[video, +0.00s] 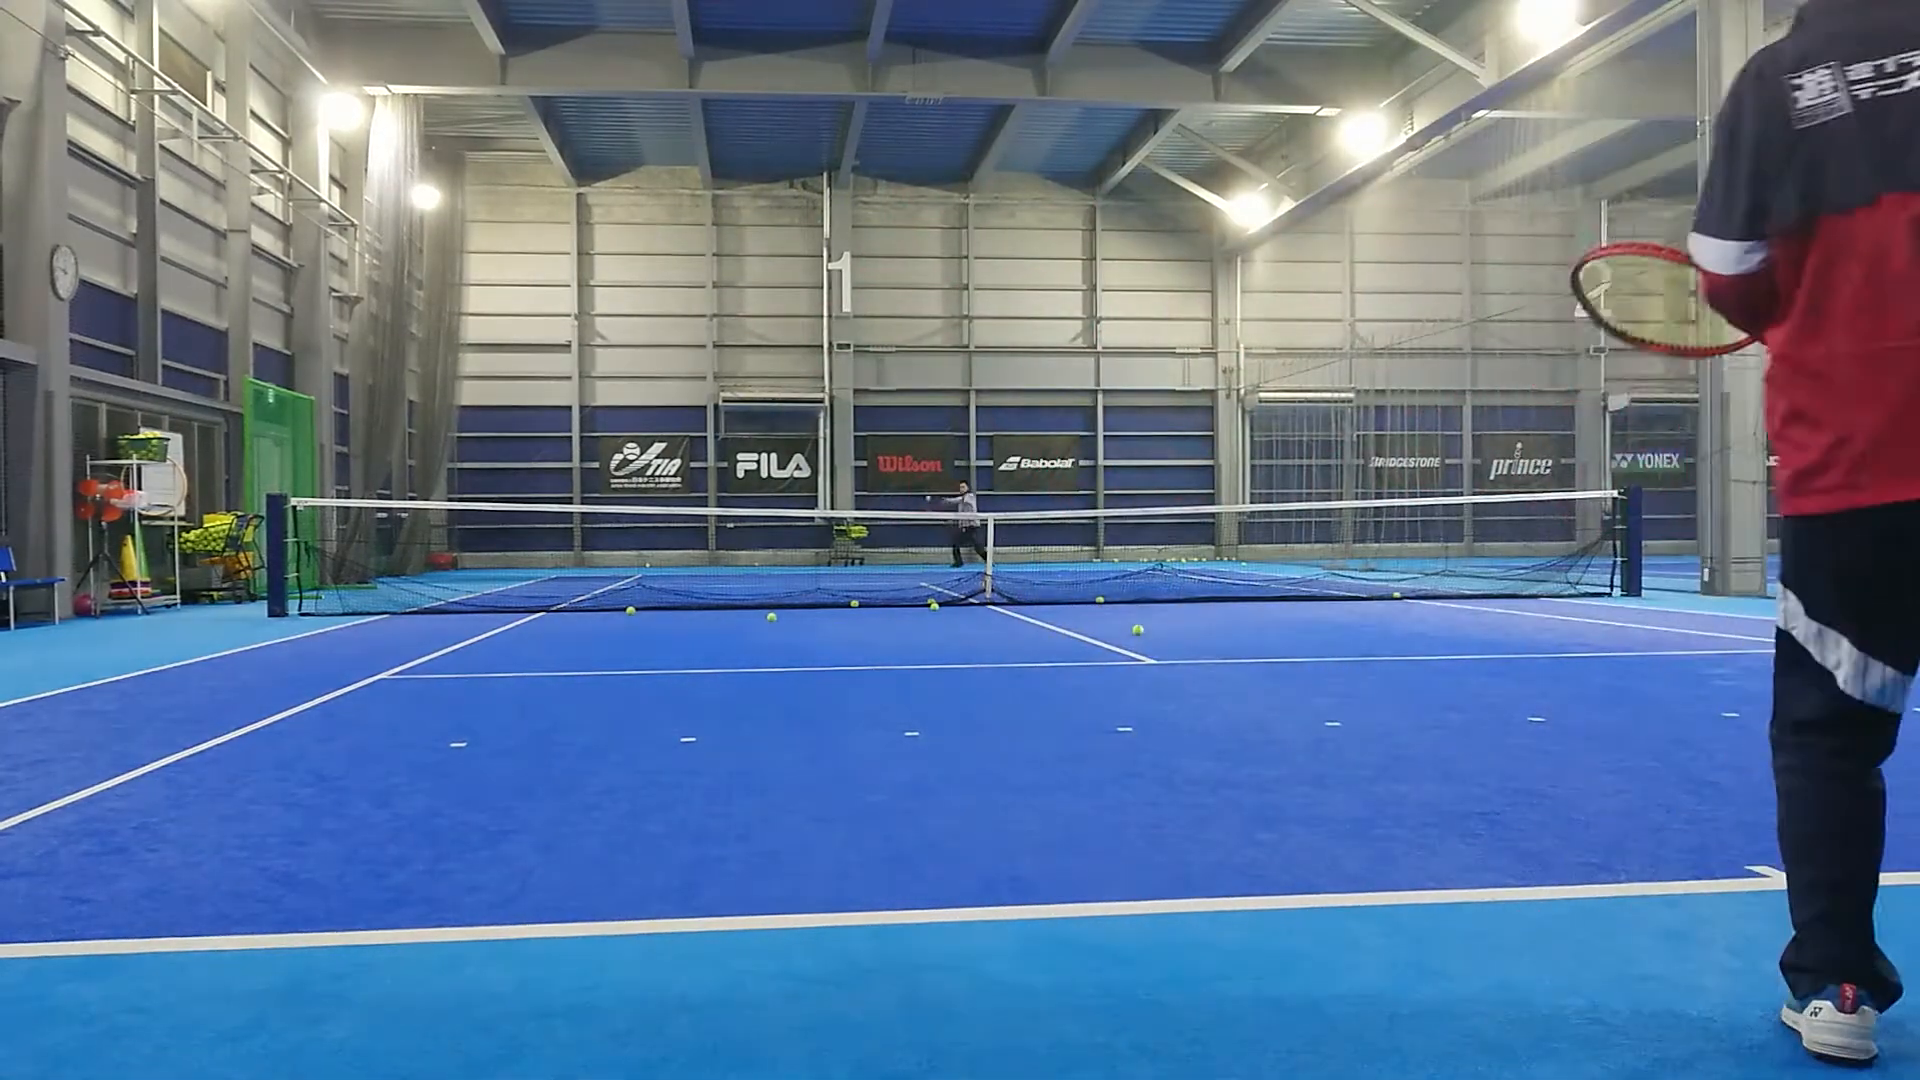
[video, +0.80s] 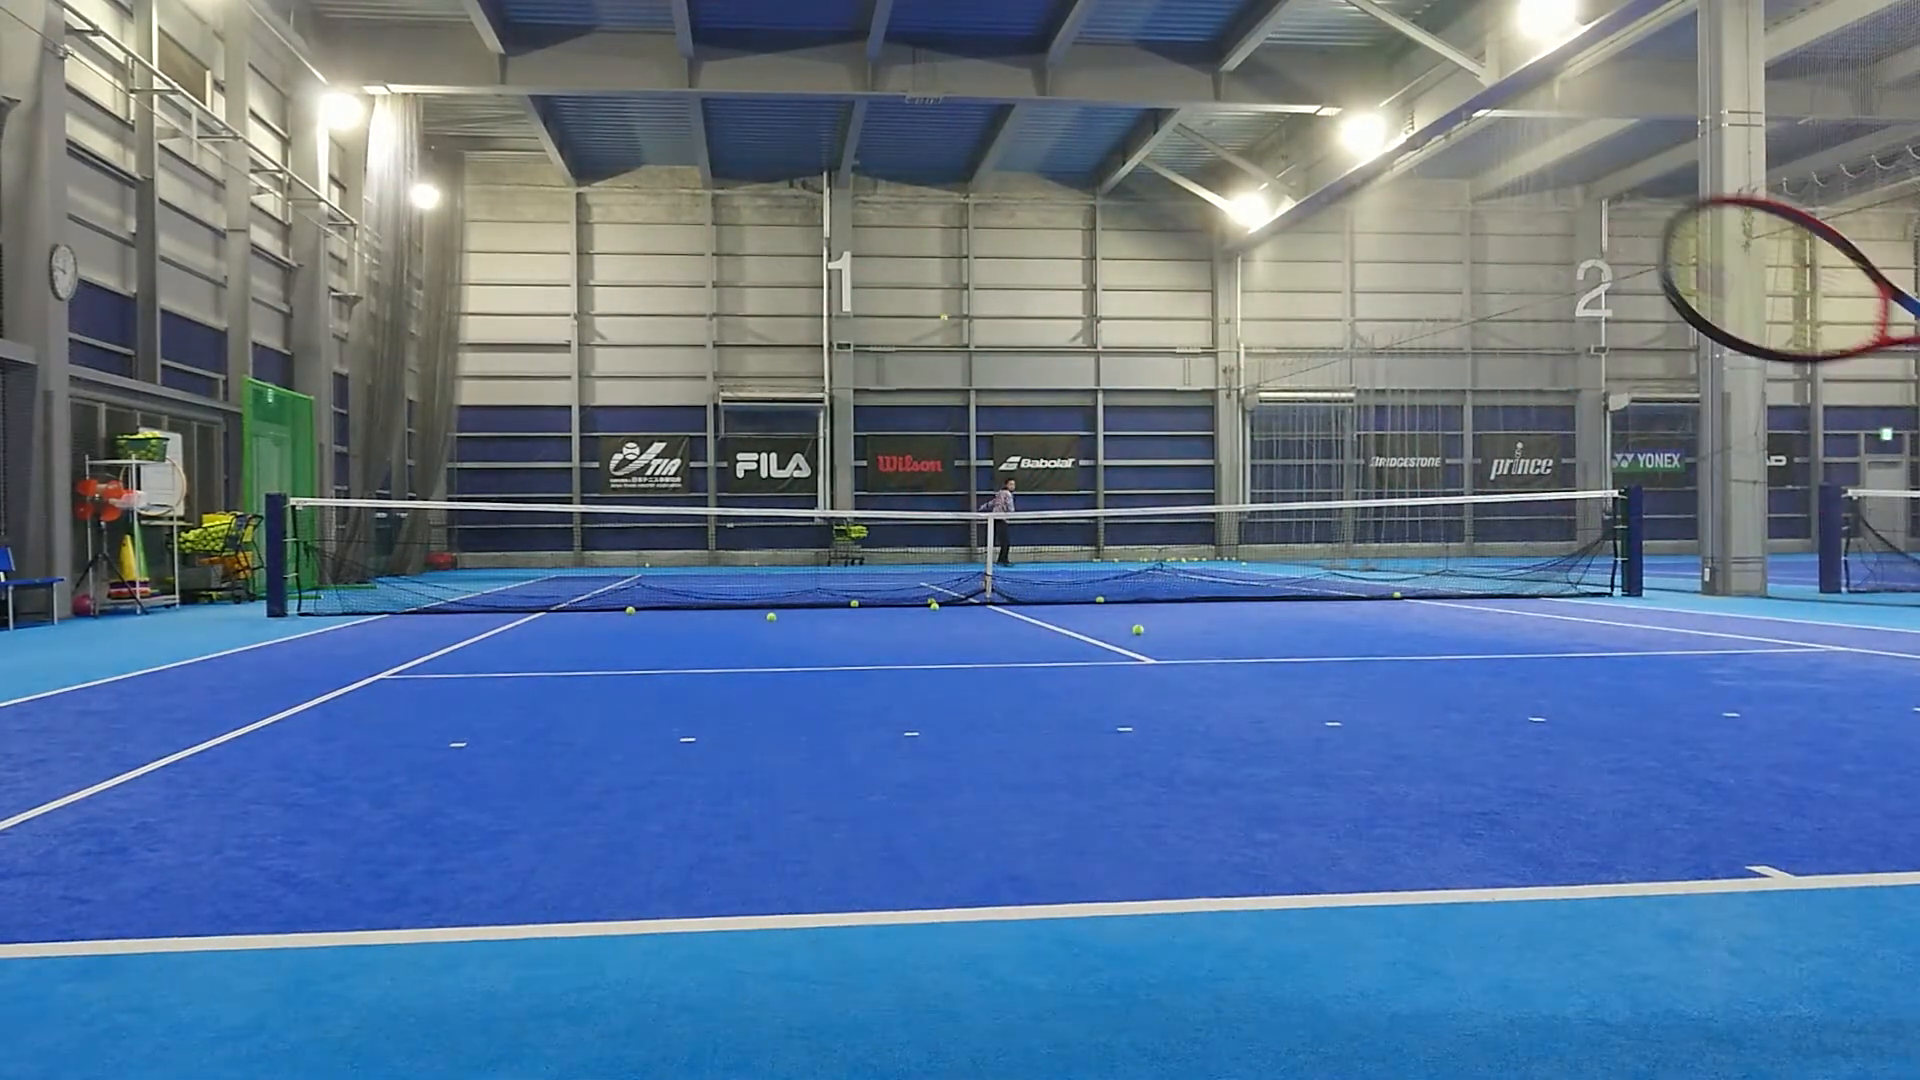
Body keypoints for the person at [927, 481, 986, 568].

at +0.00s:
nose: (961, 489)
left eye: (963, 487)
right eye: (960, 487)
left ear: (968, 487)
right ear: (959, 489)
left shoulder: (970, 497)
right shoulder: (961, 498)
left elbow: (957, 500)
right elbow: (950, 501)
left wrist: (945, 500)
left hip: (971, 525)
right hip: (962, 525)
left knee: (977, 546)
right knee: (955, 543)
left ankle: (989, 560)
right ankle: (958, 561)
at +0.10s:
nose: (970, 483)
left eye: (972, 481)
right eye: (969, 481)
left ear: (977, 482)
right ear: (967, 483)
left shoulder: (981, 491)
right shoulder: (965, 495)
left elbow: (984, 495)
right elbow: (961, 507)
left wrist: (974, 492)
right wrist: (950, 510)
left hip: (978, 519)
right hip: (966, 520)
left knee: (983, 543)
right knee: (960, 542)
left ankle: (989, 561)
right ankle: (958, 561)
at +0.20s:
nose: (981, 477)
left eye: (982, 475)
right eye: (979, 475)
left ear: (986, 477)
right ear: (976, 477)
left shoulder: (990, 488)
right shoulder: (972, 487)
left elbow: (997, 499)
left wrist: (994, 493)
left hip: (986, 515)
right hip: (972, 515)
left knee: (989, 539)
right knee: (965, 537)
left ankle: (993, 559)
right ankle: (959, 557)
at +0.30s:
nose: (989, 479)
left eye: (991, 477)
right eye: (988, 477)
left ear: (993, 478)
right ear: (984, 477)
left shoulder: (994, 490)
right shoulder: (981, 484)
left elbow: (998, 501)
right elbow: (985, 484)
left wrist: (1004, 500)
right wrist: (996, 482)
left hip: (989, 511)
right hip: (978, 510)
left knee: (993, 532)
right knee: (972, 531)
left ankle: (1001, 552)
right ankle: (962, 548)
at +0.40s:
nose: (994, 483)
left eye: (996, 481)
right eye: (992, 481)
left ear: (999, 482)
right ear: (990, 482)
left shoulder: (1000, 489)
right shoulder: (986, 488)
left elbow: (1007, 492)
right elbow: (981, 489)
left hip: (995, 513)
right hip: (984, 512)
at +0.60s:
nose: (1009, 491)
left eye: (1009, 489)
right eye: (1007, 489)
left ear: (1009, 490)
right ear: (1002, 490)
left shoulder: (996, 498)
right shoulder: (1005, 499)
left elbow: (992, 509)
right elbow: (1011, 511)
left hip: (992, 521)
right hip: (1000, 522)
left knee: (992, 544)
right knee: (1006, 543)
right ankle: (1001, 560)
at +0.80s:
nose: (1013, 486)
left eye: (1014, 484)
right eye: (1011, 484)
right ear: (1006, 485)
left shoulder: (999, 494)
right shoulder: (1007, 494)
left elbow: (991, 503)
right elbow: (1011, 508)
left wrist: (981, 508)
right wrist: (1012, 512)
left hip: (995, 517)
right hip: (1002, 518)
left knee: (1004, 540)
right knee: (1006, 540)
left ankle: (1001, 559)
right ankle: (1004, 559)